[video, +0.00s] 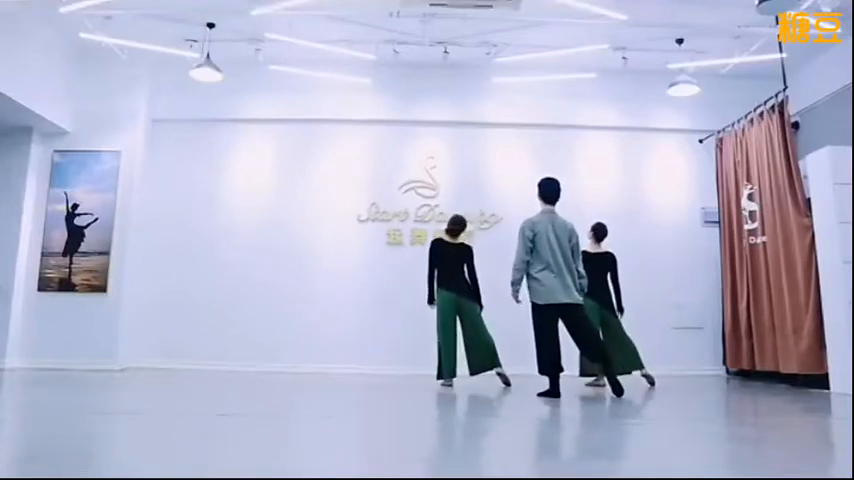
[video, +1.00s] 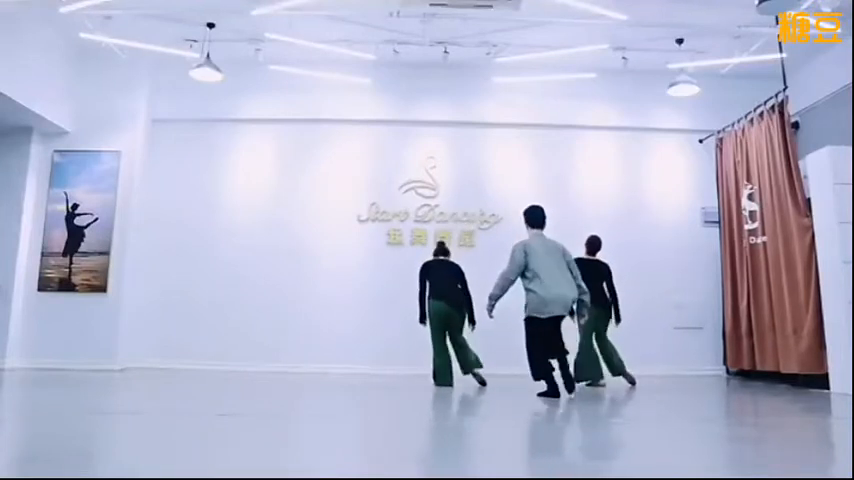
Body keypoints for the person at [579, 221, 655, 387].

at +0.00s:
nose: (588, 233)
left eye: (589, 231)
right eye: (590, 231)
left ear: (591, 235)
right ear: (604, 237)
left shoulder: (582, 256)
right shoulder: (609, 257)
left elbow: (577, 278)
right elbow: (615, 283)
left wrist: (576, 297)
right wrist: (619, 305)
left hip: (589, 301)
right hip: (606, 302)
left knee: (593, 337)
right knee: (620, 336)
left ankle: (600, 376)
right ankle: (641, 369)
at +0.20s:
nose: (589, 234)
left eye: (591, 232)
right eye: (592, 232)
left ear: (591, 235)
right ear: (605, 237)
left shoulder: (582, 256)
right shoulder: (609, 257)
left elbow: (576, 277)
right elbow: (615, 283)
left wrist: (576, 297)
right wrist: (620, 305)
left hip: (588, 300)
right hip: (606, 302)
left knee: (593, 337)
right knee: (620, 336)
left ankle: (600, 376)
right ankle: (641, 369)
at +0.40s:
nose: (591, 236)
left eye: (592, 233)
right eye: (596, 234)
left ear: (591, 235)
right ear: (605, 238)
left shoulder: (581, 256)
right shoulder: (609, 257)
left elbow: (575, 278)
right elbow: (615, 284)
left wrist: (575, 298)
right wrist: (620, 306)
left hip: (587, 302)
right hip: (605, 303)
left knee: (592, 338)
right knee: (620, 337)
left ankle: (600, 376)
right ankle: (641, 369)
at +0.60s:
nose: (594, 238)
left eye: (593, 235)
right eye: (601, 238)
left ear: (590, 236)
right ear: (604, 239)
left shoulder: (580, 256)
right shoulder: (608, 258)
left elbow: (574, 278)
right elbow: (615, 284)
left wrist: (574, 299)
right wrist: (620, 306)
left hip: (585, 303)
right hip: (604, 304)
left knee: (590, 339)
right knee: (619, 338)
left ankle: (599, 376)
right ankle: (641, 369)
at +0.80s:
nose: (591, 242)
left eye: (590, 239)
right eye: (595, 240)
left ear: (589, 240)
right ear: (602, 243)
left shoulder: (578, 258)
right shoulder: (606, 261)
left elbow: (573, 281)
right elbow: (614, 286)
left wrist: (573, 303)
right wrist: (620, 309)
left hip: (585, 306)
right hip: (603, 305)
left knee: (587, 342)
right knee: (614, 338)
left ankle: (597, 378)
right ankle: (637, 369)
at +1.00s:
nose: (590, 249)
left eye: (588, 245)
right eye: (594, 246)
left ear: (585, 246)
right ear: (599, 248)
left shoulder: (576, 264)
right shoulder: (604, 267)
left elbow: (571, 287)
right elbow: (612, 291)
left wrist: (570, 308)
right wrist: (617, 312)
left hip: (585, 308)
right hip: (603, 309)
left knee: (586, 341)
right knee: (602, 338)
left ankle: (595, 376)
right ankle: (621, 369)